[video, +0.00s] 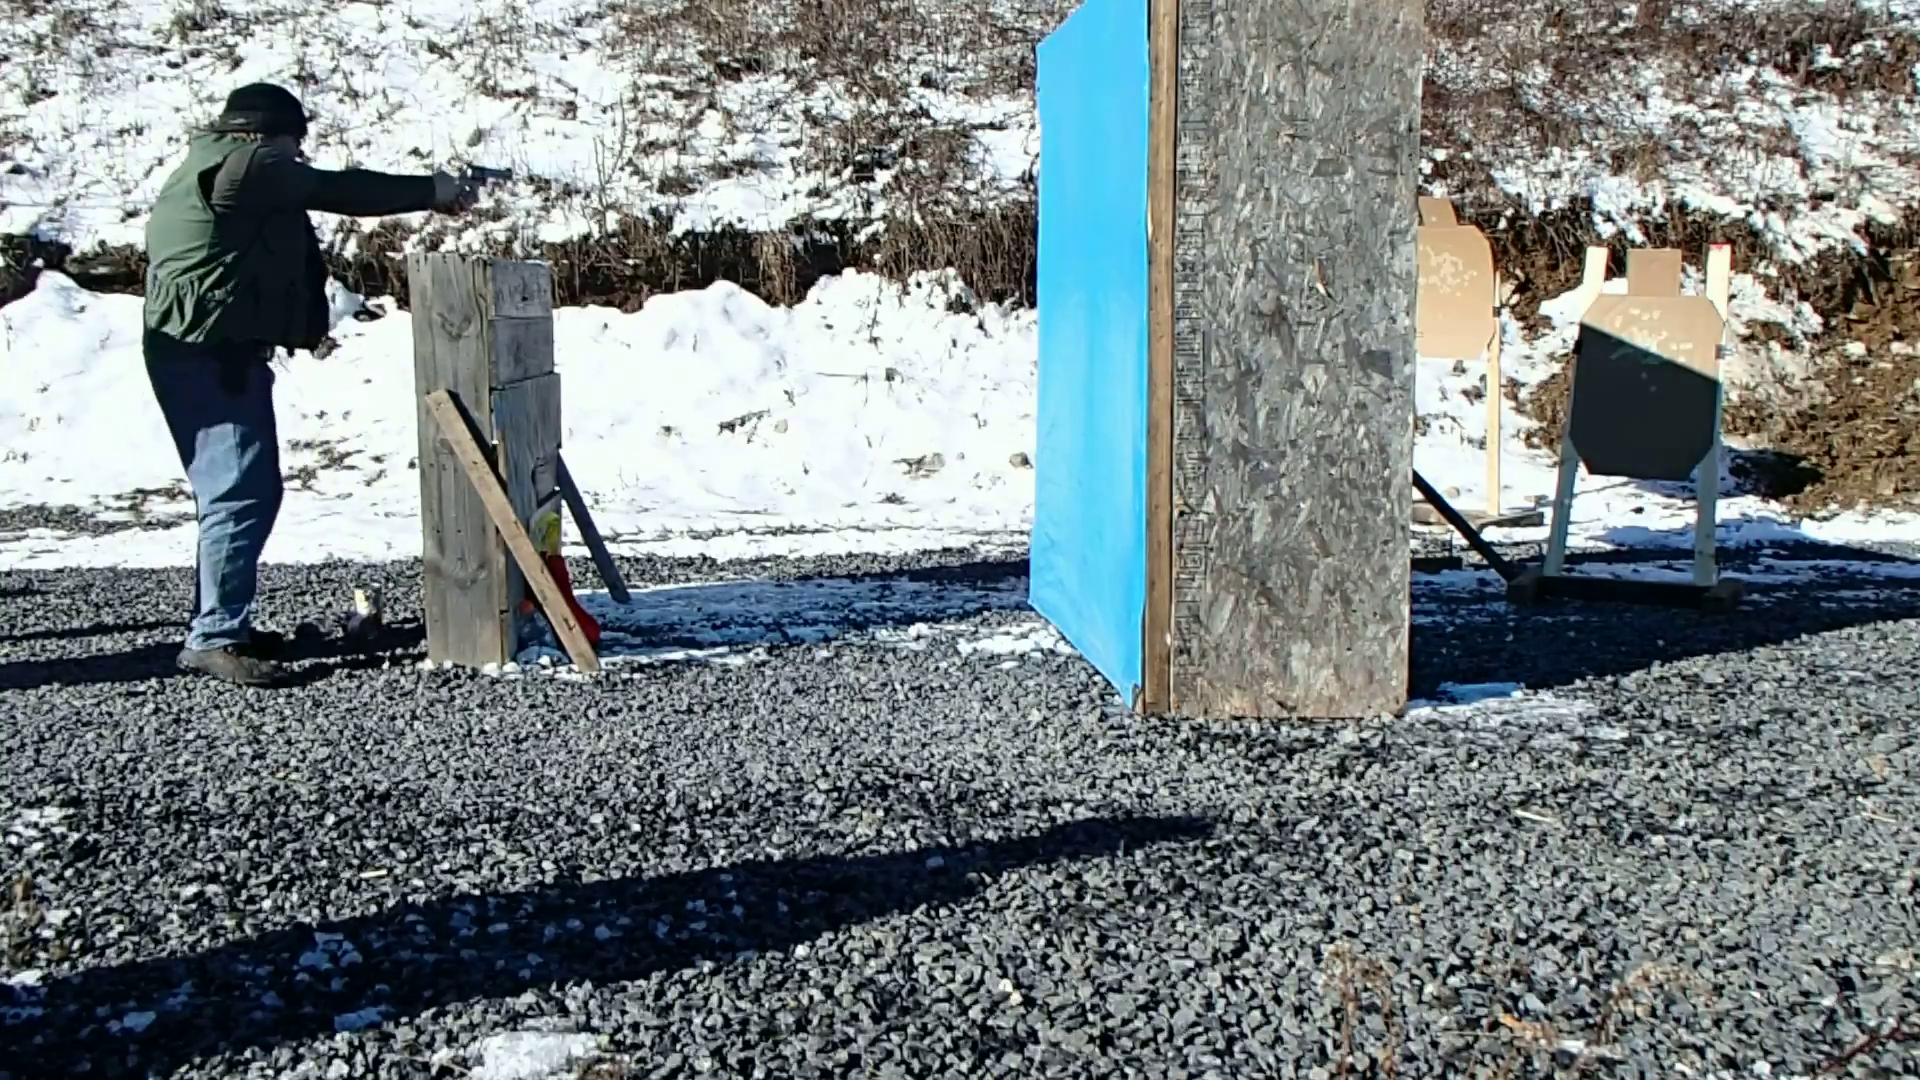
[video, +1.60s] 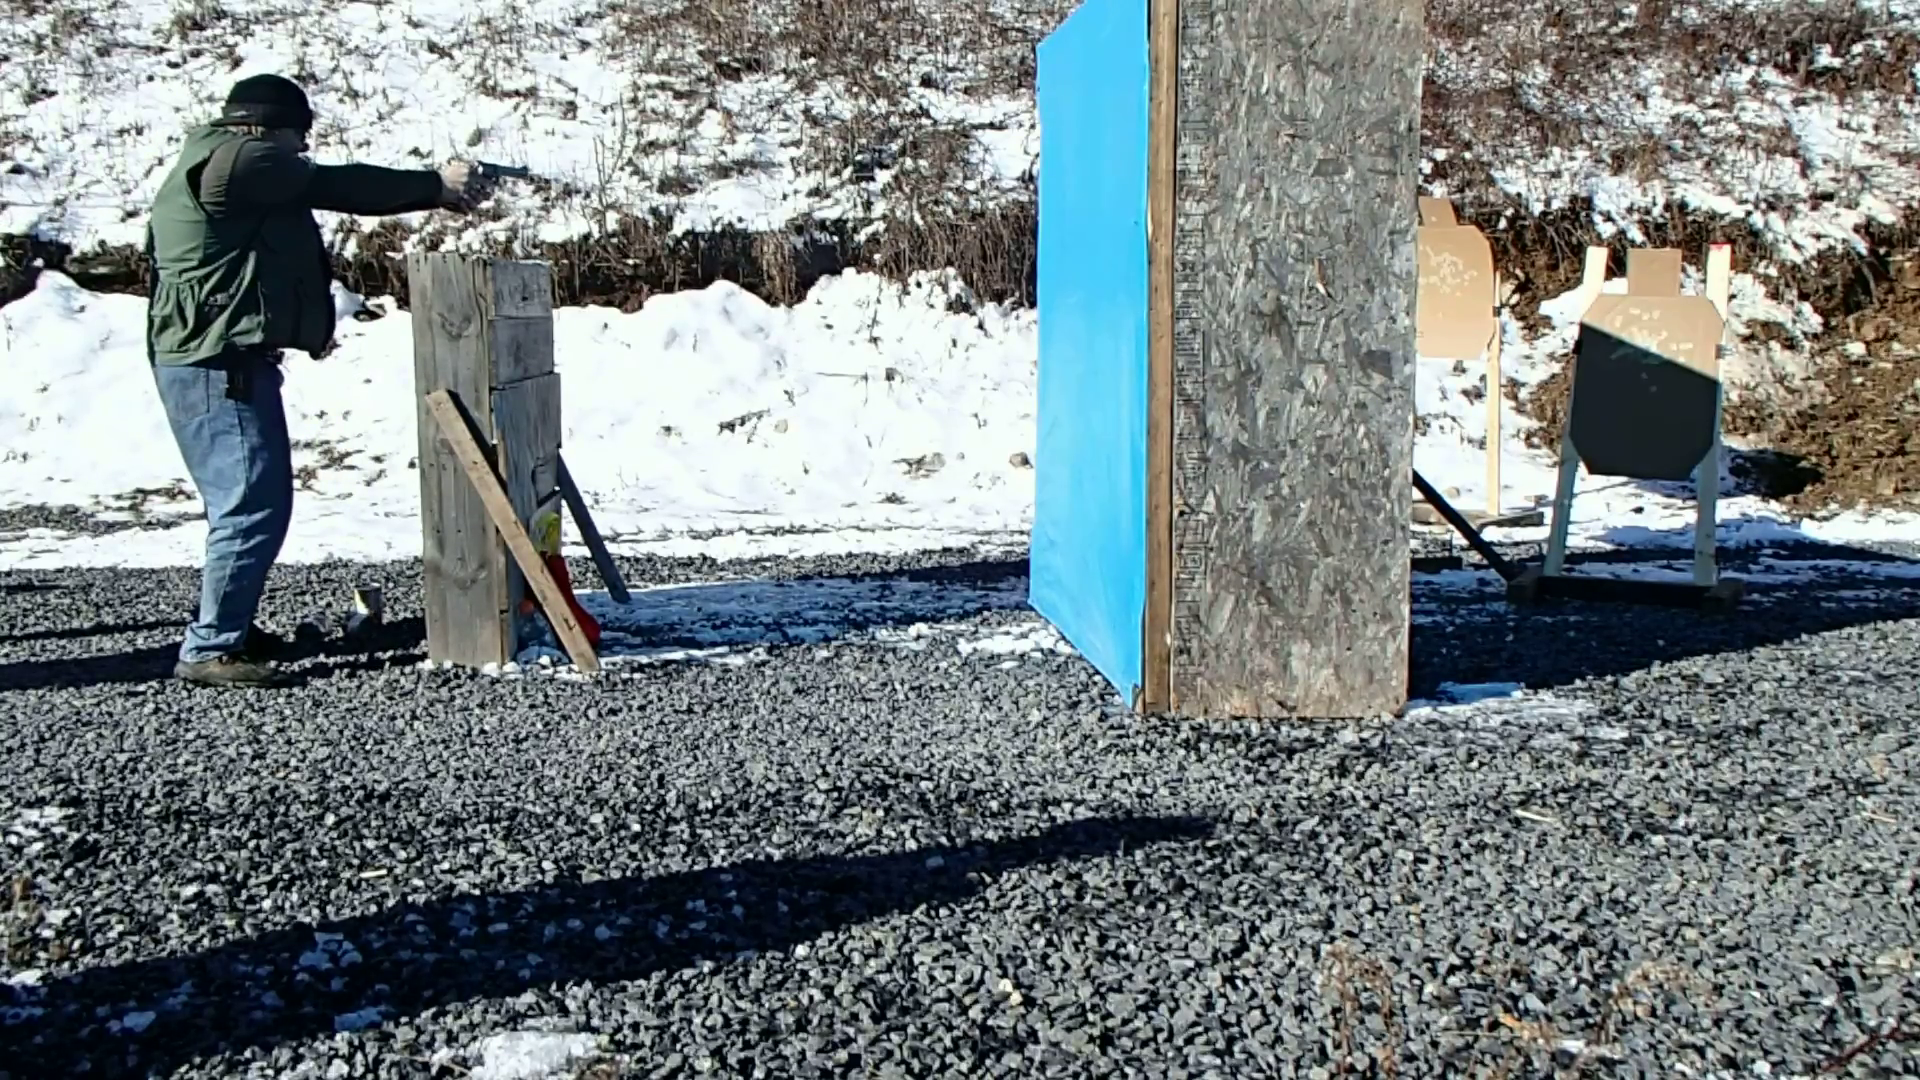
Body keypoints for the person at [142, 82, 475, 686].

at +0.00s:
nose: (298, 151)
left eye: (299, 141)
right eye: (293, 140)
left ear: (238, 126)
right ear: (269, 132)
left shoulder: (205, 166)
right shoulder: (248, 165)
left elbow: (240, 263)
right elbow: (348, 190)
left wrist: (304, 321)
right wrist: (436, 190)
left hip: (195, 348)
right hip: (216, 351)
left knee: (234, 489)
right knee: (242, 490)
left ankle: (225, 627)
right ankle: (215, 638)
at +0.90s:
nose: (305, 142)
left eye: (305, 132)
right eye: (300, 130)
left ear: (244, 114)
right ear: (277, 122)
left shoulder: (206, 158)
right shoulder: (248, 156)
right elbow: (350, 182)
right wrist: (445, 181)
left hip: (210, 354)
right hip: (219, 357)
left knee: (248, 499)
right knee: (246, 502)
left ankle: (228, 631)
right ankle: (211, 646)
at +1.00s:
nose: (303, 144)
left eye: (303, 133)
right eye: (299, 132)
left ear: (244, 116)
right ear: (273, 122)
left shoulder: (208, 158)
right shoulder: (244, 158)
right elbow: (346, 184)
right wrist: (440, 183)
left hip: (217, 355)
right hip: (219, 357)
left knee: (252, 500)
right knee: (248, 502)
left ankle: (229, 631)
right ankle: (211, 647)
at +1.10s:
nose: (303, 145)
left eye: (303, 136)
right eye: (299, 134)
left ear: (245, 116)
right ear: (274, 124)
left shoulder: (213, 157)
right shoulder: (243, 158)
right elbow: (347, 186)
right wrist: (440, 185)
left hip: (221, 357)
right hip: (218, 360)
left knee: (253, 500)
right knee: (249, 502)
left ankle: (229, 630)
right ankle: (211, 647)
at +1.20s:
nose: (304, 147)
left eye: (305, 137)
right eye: (300, 135)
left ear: (245, 117)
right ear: (278, 126)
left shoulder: (213, 157)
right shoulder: (243, 159)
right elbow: (346, 187)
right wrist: (439, 186)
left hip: (219, 358)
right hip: (217, 362)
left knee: (252, 502)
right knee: (250, 505)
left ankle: (230, 630)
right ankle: (210, 647)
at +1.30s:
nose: (306, 151)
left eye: (306, 141)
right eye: (301, 138)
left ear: (246, 119)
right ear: (275, 127)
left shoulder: (212, 159)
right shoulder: (241, 160)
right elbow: (344, 186)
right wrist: (439, 184)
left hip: (222, 358)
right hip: (218, 361)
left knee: (254, 500)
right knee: (250, 503)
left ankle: (230, 630)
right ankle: (211, 647)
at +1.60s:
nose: (303, 148)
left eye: (303, 137)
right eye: (298, 136)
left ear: (244, 118)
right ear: (272, 126)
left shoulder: (208, 158)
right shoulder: (241, 159)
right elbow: (344, 185)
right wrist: (438, 183)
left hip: (219, 358)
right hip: (220, 361)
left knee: (253, 500)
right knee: (251, 502)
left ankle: (229, 630)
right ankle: (211, 646)